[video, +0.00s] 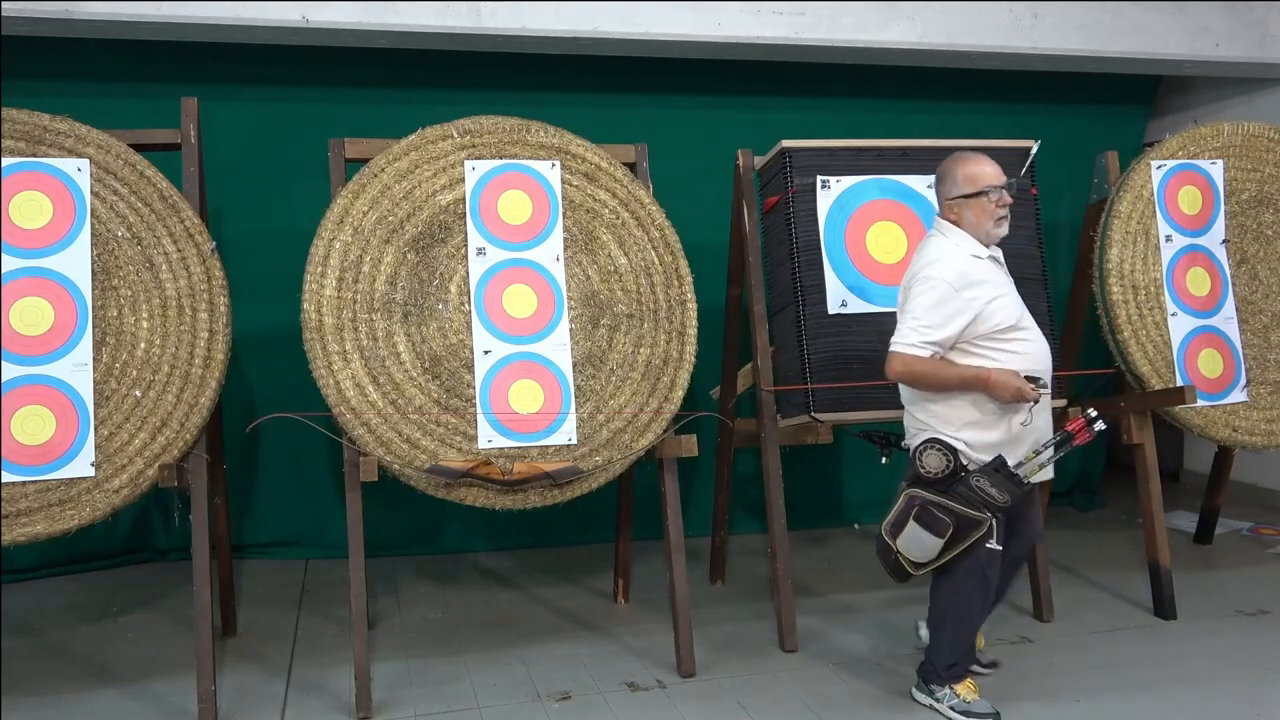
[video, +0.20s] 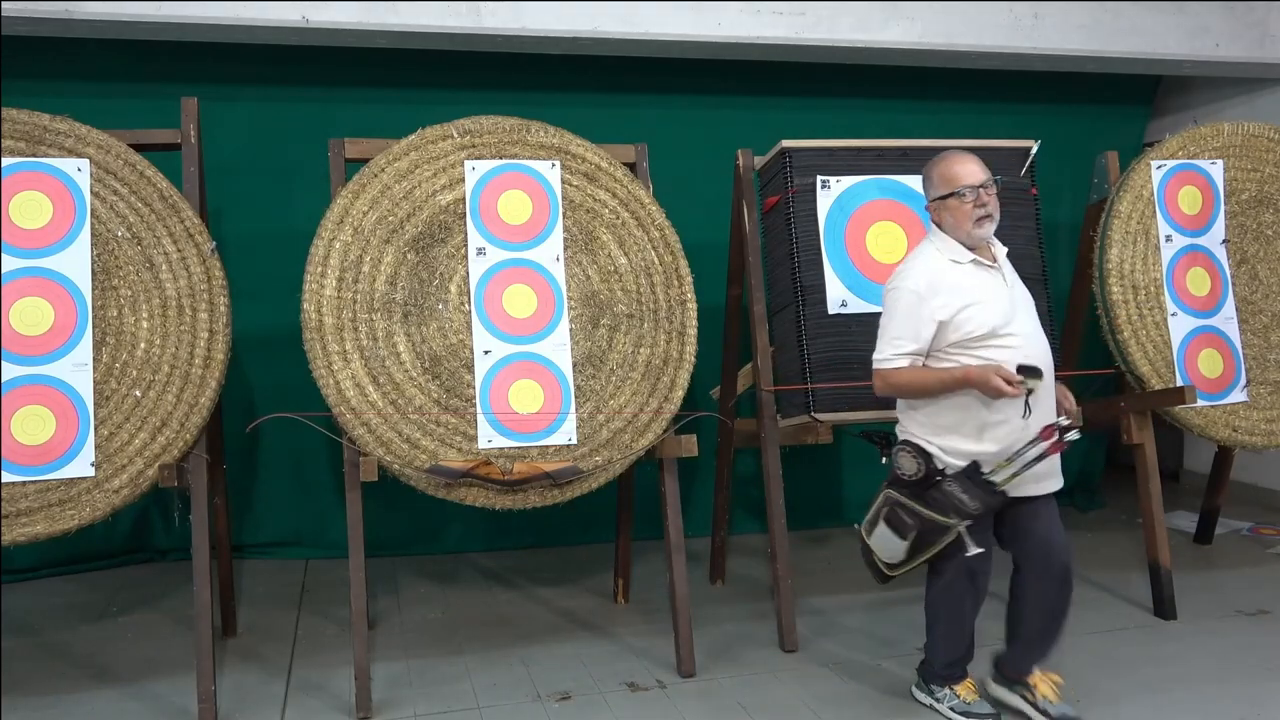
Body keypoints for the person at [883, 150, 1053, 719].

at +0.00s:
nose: (1006, 201)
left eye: (1006, 191)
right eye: (993, 194)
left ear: (973, 204)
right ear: (956, 205)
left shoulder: (972, 252)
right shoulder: (941, 265)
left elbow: (947, 344)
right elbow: (901, 363)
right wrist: (987, 378)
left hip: (1003, 442)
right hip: (969, 452)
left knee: (1017, 541)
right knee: (968, 563)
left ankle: (949, 628)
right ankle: (942, 675)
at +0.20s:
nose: (983, 201)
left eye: (988, 189)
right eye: (966, 195)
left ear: (995, 193)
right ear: (936, 208)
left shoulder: (996, 257)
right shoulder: (916, 276)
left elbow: (1001, 340)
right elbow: (886, 378)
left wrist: (1049, 386)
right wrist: (968, 377)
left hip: (1020, 449)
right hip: (953, 459)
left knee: (1049, 557)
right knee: (961, 568)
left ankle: (1019, 669)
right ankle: (942, 676)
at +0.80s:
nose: (953, 185)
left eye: (969, 172)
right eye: (939, 175)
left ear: (996, 183)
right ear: (923, 187)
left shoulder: (1045, 269)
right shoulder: (888, 265)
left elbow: (1084, 385)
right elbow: (845, 354)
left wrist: (1097, 478)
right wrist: (861, 360)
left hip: (997, 498)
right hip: (905, 492)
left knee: (1002, 646)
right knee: (914, 620)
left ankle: (994, 715)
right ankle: (956, 694)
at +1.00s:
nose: (915, 188)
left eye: (931, 173)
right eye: (899, 178)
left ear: (961, 182)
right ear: (886, 195)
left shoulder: (1020, 264)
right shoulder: (867, 269)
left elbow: (1083, 378)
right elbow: (850, 353)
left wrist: (1049, 465)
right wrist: (838, 373)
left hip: (984, 524)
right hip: (881, 520)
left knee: (993, 683)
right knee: (875, 671)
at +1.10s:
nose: (892, 195)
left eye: (908, 179)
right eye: (876, 185)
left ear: (939, 186)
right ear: (864, 201)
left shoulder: (999, 267)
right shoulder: (845, 279)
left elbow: (1062, 379)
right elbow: (837, 364)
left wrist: (985, 443)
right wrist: (823, 382)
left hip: (971, 531)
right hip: (867, 528)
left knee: (990, 692)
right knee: (856, 688)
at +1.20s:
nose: (866, 200)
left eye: (881, 183)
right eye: (850, 191)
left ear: (913, 192)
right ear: (838, 210)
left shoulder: (972, 273)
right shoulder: (821, 290)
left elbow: (1019, 397)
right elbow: (813, 382)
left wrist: (908, 428)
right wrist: (797, 398)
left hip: (948, 539)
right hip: (843, 540)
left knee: (982, 701)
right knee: (841, 699)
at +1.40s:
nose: (781, 189)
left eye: (799, 172)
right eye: (772, 178)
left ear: (850, 177)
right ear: (766, 192)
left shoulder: (918, 261)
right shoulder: (763, 287)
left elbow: (952, 390)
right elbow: (738, 394)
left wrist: (825, 398)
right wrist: (733, 403)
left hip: (885, 545)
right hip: (782, 545)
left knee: (904, 692)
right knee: (790, 705)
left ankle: (954, 714)